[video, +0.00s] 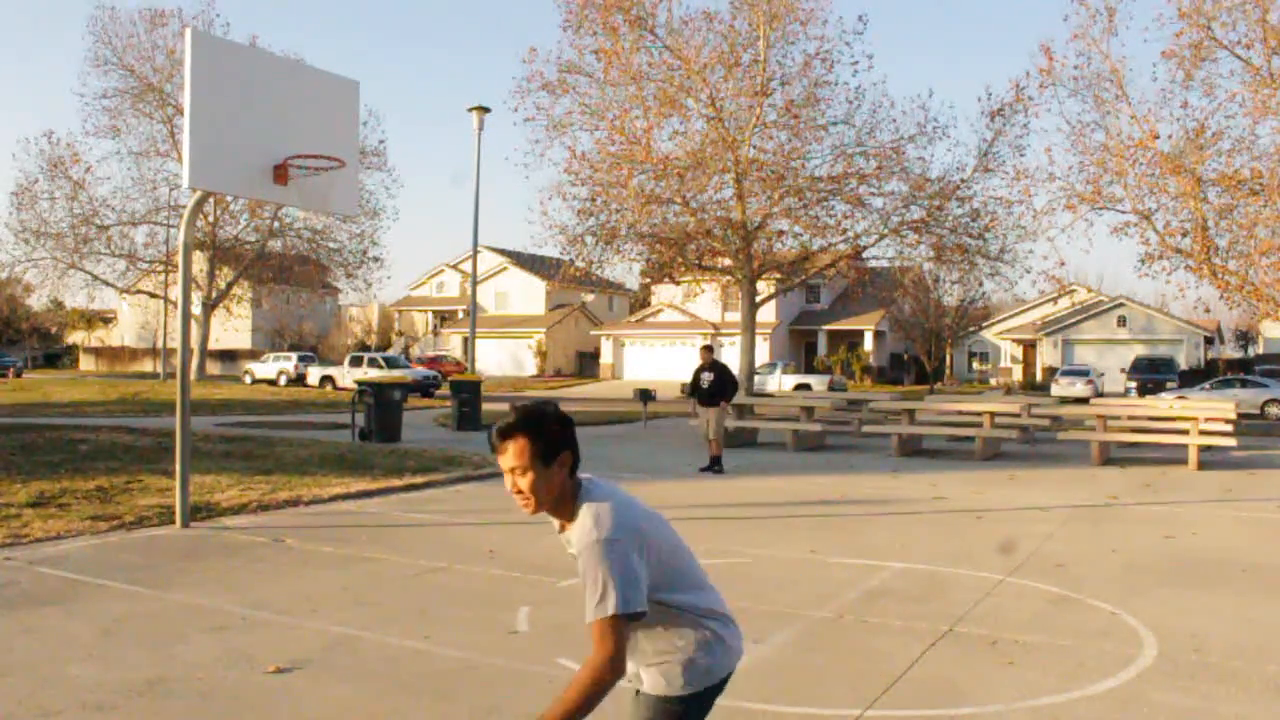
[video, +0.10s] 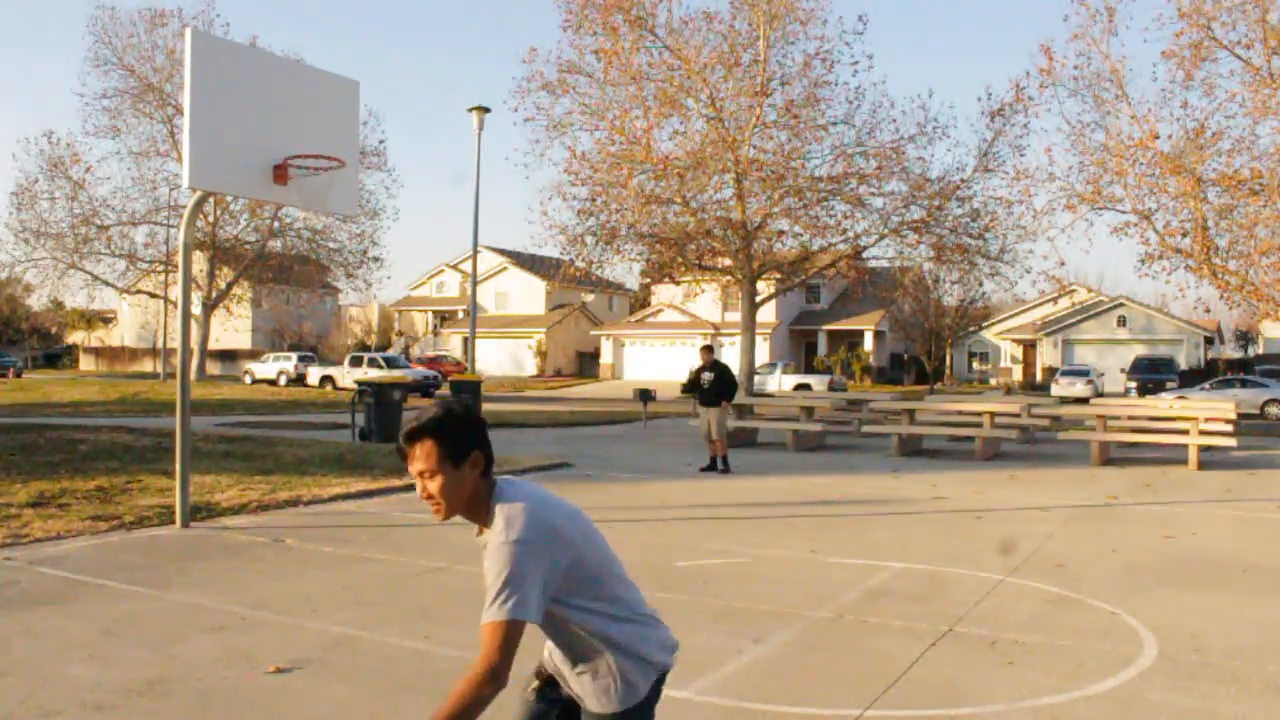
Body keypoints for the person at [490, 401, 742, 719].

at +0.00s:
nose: (511, 487)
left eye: (520, 472)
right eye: (506, 474)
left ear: (562, 464)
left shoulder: (602, 531)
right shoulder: (574, 506)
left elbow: (609, 661)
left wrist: (549, 716)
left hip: (690, 656)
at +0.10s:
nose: (420, 492)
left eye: (429, 476)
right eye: (415, 479)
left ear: (475, 465)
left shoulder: (517, 531)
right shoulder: (504, 499)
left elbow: (492, 672)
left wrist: (440, 718)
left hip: (622, 665)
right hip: (571, 652)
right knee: (529, 713)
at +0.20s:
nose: (304, 489)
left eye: (312, 471)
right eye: (298, 476)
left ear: (358, 457)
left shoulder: (399, 527)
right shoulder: (408, 487)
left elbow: (355, 673)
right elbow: (494, 531)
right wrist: (553, 577)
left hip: (525, 687)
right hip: (465, 659)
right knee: (382, 713)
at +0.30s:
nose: (173, 516)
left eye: (179, 496)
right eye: (168, 500)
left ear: (228, 482)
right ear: (232, 484)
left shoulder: (261, 555)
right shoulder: (289, 521)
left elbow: (199, 702)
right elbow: (383, 572)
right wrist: (453, 612)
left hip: (400, 711)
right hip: (346, 700)